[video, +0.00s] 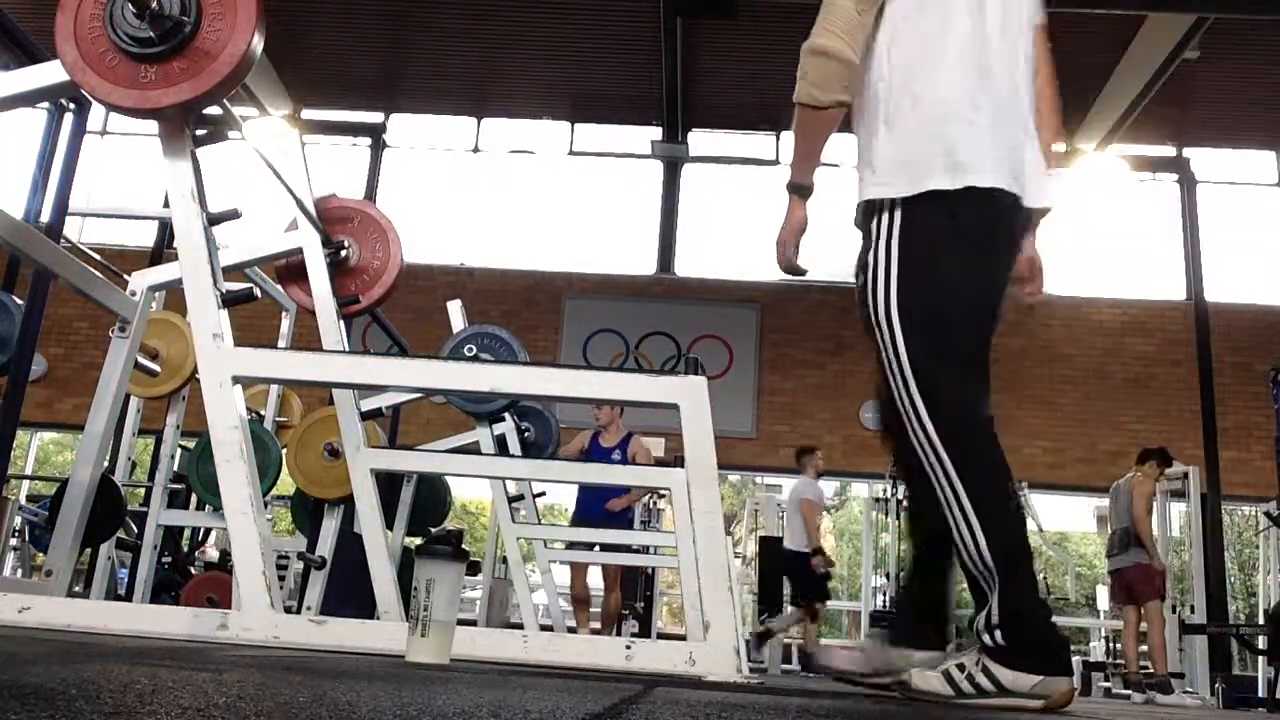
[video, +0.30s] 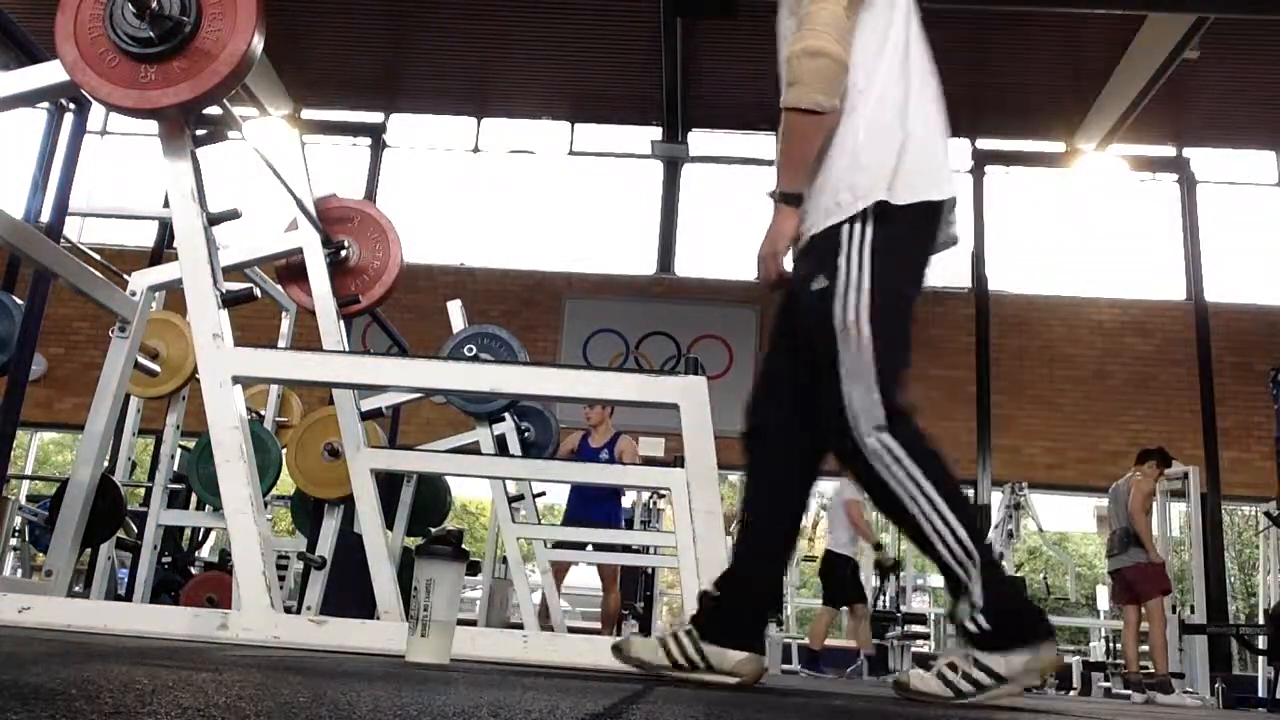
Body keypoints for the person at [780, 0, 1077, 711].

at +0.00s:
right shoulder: (1019, 9)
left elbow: (831, 53)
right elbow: (1038, 90)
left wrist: (799, 191)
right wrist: (1025, 223)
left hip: (919, 183)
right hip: (995, 194)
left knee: (938, 415)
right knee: (929, 417)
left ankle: (1024, 652)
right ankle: (915, 636)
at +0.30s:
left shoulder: (828, 4)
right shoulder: (836, 13)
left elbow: (819, 67)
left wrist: (787, 203)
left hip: (875, 189)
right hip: (848, 199)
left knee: (866, 424)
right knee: (781, 425)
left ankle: (1011, 634)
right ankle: (728, 636)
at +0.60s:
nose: (585, 16)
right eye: (579, 10)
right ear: (602, 19)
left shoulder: (726, 1)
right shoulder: (666, 96)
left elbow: (791, 100)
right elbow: (671, 221)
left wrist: (736, 231)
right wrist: (627, 327)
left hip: (841, 184)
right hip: (785, 206)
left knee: (756, 373)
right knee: (714, 395)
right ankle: (721, 615)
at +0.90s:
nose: (497, 123)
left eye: (493, 99)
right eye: (486, 115)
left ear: (534, 55)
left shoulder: (655, 48)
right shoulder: (590, 177)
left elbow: (771, 152)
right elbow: (568, 304)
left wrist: (713, 278)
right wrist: (502, 434)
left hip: (824, 205)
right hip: (767, 234)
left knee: (704, 371)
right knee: (664, 409)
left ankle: (690, 622)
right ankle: (726, 632)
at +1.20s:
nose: (472, 142)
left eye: (466, 117)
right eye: (459, 133)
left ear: (503, 70)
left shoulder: (627, 51)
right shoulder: (567, 192)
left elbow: (759, 143)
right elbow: (565, 324)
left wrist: (705, 269)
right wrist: (518, 452)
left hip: (814, 188)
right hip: (750, 229)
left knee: (705, 359)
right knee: (660, 402)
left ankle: (685, 621)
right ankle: (723, 628)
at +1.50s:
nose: (510, 18)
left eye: (511, 1)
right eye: (505, 13)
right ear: (526, 17)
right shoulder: (598, 78)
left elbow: (724, 84)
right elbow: (653, 204)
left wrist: (660, 195)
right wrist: (605, 236)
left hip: (786, 167)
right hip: (744, 189)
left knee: (698, 377)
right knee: (691, 393)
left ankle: (690, 622)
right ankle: (726, 631)